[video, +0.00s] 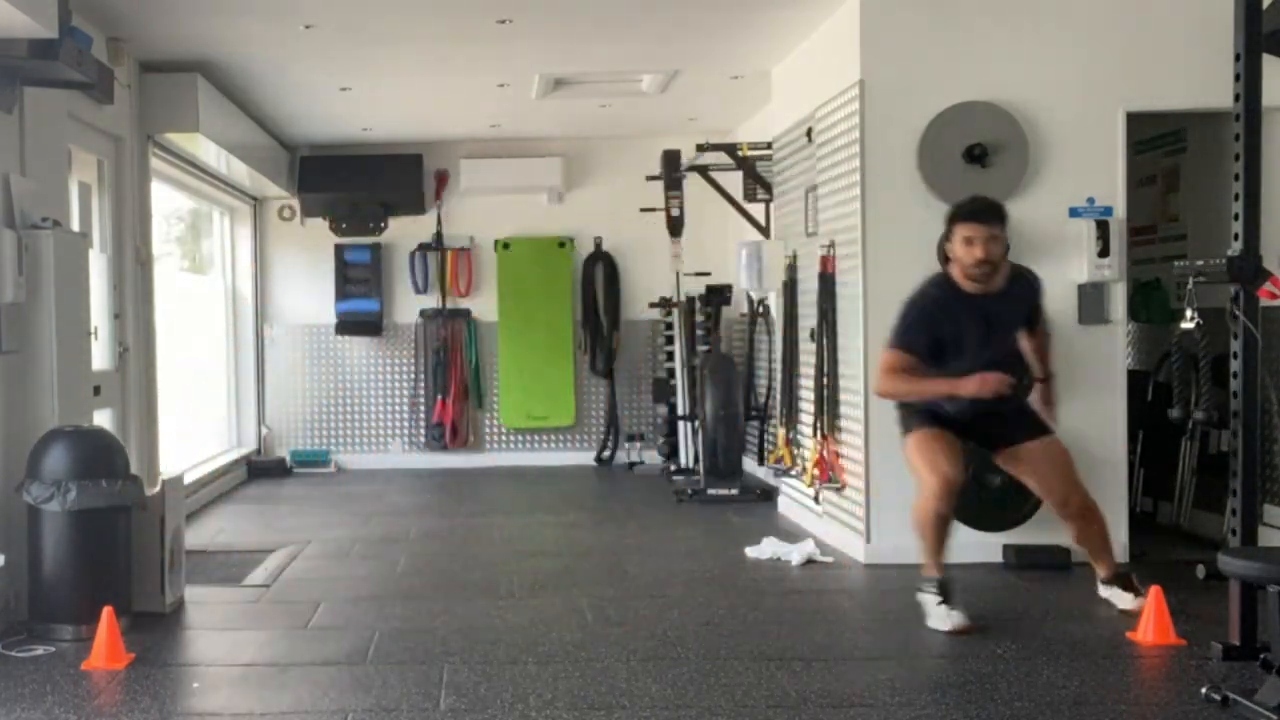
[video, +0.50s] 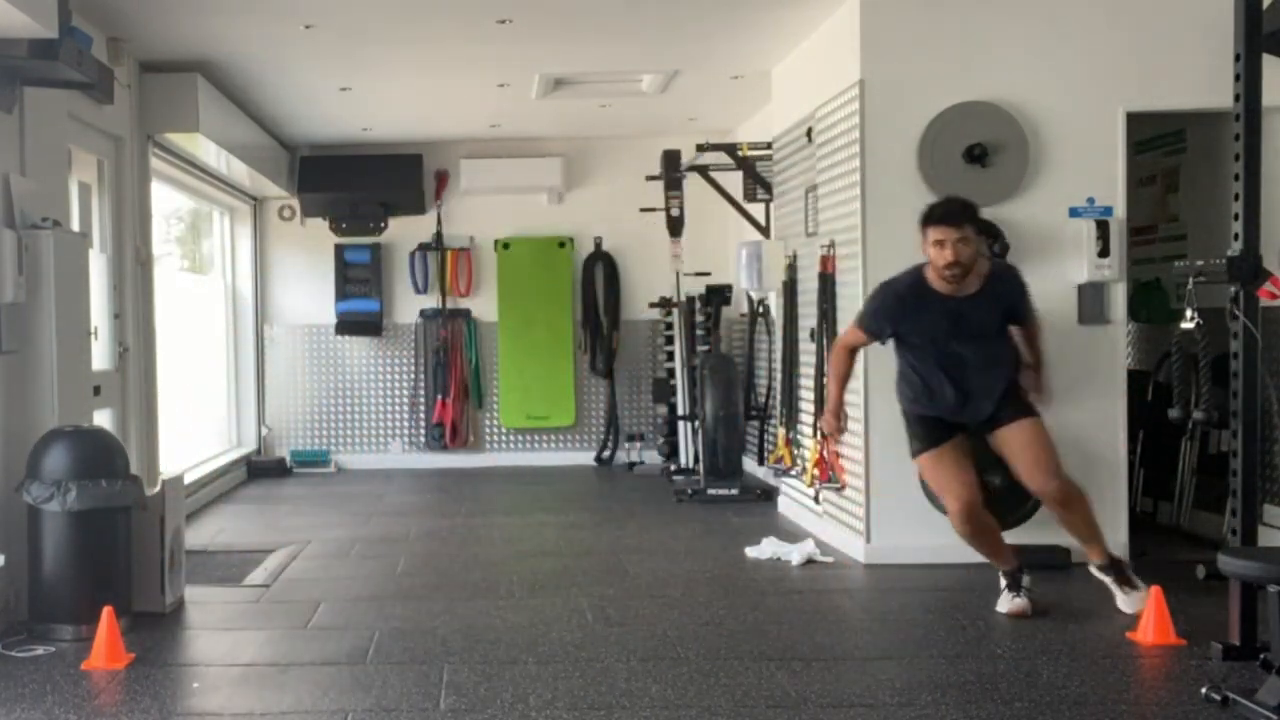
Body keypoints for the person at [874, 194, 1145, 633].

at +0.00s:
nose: (981, 253)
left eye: (991, 241)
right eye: (969, 242)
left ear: (1006, 244)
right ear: (949, 248)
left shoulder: (1023, 286)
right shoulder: (930, 301)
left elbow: (1035, 330)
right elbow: (887, 381)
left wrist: (1044, 379)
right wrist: (962, 384)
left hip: (1001, 403)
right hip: (933, 411)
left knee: (1073, 500)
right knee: (942, 478)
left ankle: (1109, 577)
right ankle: (933, 586)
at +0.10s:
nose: (1015, 271)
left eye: (1024, 259)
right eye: (1002, 260)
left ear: (1039, 259)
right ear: (984, 265)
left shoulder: (1060, 298)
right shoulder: (963, 315)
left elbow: (1083, 346)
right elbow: (924, 397)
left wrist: (1102, 393)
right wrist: (995, 398)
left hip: (1034, 410)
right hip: (966, 417)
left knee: (1105, 501)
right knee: (982, 480)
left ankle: (1116, 580)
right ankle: (970, 588)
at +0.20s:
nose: (1026, 275)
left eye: (1036, 263)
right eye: (1014, 264)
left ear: (1052, 261)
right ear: (997, 267)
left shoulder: (1079, 299)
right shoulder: (975, 314)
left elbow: (1113, 349)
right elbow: (928, 390)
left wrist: (1137, 406)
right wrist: (971, 433)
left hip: (1045, 410)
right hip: (978, 412)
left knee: (1109, 493)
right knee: (997, 473)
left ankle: (1116, 582)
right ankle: (987, 576)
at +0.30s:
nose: (1020, 270)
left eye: (1030, 258)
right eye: (1008, 259)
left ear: (1047, 256)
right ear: (992, 261)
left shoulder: (1071, 294)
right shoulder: (968, 307)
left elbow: (1114, 339)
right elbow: (912, 372)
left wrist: (1140, 398)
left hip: (1035, 396)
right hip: (966, 400)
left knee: (1101, 481)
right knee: (1003, 475)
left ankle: (1117, 577)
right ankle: (1003, 560)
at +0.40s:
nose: (993, 261)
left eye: (1003, 248)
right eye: (980, 250)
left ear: (1020, 249)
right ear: (963, 254)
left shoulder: (1044, 287)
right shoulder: (935, 304)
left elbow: (1079, 331)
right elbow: (881, 345)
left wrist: (1106, 388)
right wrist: (865, 411)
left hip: (1024, 395)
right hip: (957, 408)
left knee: (1084, 481)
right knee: (992, 499)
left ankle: (1115, 576)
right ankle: (1010, 570)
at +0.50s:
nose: (951, 254)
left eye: (961, 242)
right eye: (940, 244)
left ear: (979, 244)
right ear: (925, 247)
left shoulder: (1003, 282)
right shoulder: (898, 296)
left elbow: (1026, 323)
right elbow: (845, 344)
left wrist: (1036, 367)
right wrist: (832, 407)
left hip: (998, 395)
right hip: (930, 411)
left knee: (1052, 487)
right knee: (963, 508)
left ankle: (1104, 561)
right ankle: (1011, 570)